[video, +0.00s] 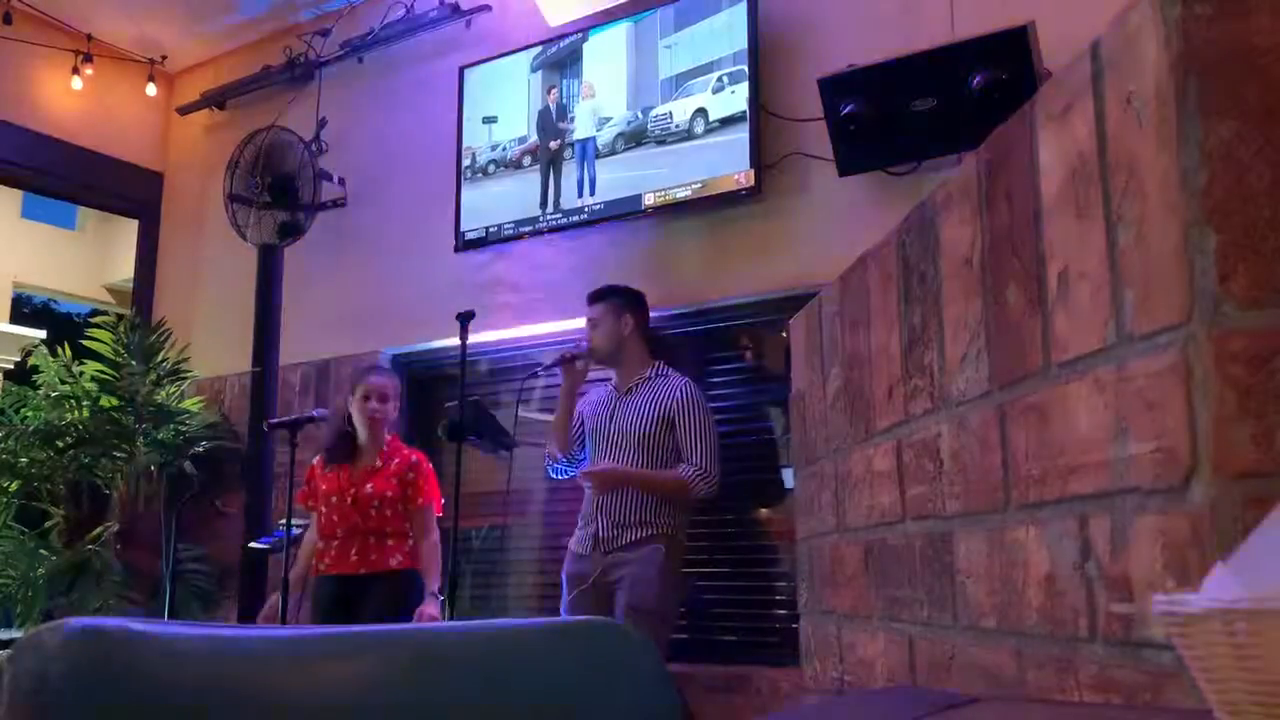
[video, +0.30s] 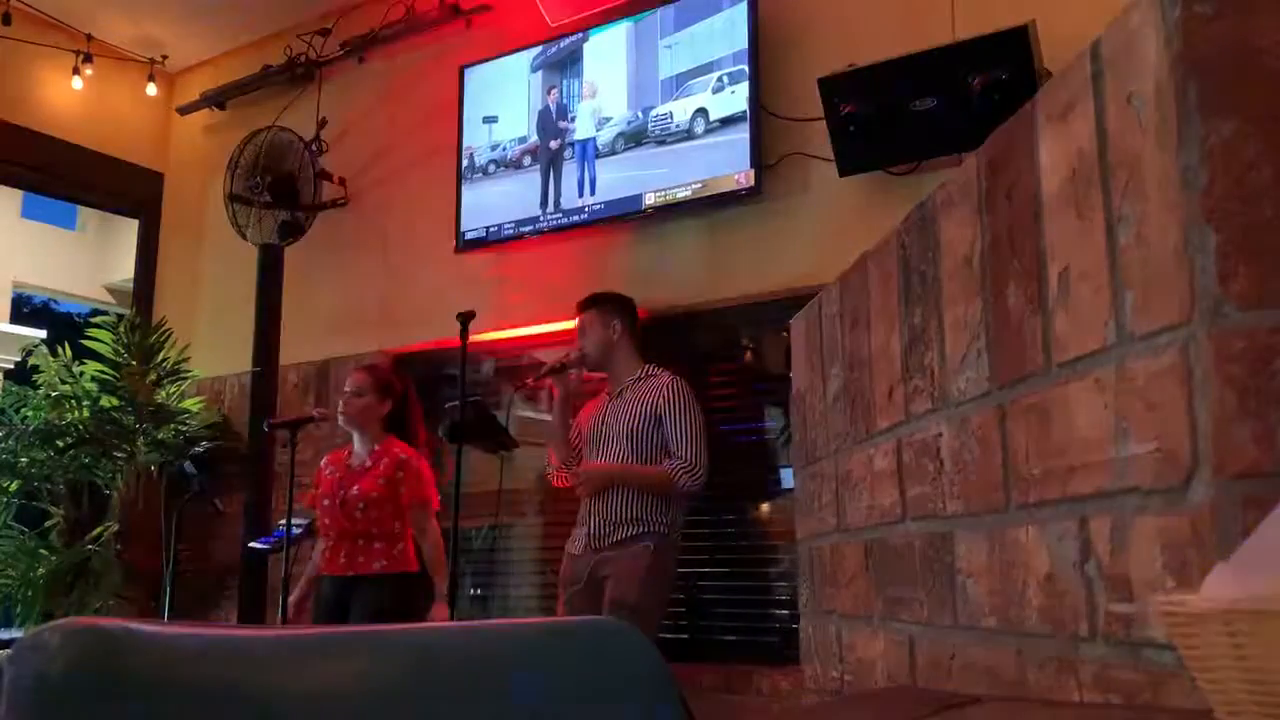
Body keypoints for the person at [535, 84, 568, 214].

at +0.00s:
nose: (556, 95)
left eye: (557, 93)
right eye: (554, 93)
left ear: (558, 94)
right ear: (548, 95)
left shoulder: (562, 109)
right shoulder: (542, 112)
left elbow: (564, 126)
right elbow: (539, 131)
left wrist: (560, 140)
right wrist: (548, 143)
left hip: (558, 147)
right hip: (546, 148)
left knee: (557, 178)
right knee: (544, 179)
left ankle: (557, 204)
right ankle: (543, 206)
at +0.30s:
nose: (556, 96)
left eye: (557, 93)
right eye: (554, 94)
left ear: (558, 95)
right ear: (548, 96)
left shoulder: (563, 108)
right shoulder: (542, 111)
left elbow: (565, 126)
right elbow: (539, 131)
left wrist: (560, 140)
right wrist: (548, 142)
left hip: (559, 147)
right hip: (546, 148)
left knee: (558, 177)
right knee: (545, 178)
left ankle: (557, 204)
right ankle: (543, 206)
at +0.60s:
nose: (555, 96)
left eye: (557, 94)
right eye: (553, 94)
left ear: (558, 96)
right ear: (548, 95)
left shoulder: (562, 109)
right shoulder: (542, 112)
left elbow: (565, 125)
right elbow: (539, 130)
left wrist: (563, 139)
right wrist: (545, 141)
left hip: (559, 146)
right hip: (546, 146)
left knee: (558, 177)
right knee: (545, 178)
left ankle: (557, 204)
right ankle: (543, 206)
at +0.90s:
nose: (558, 95)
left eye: (559, 92)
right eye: (556, 92)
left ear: (559, 94)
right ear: (549, 95)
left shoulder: (562, 108)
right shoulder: (542, 111)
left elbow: (566, 125)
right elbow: (538, 130)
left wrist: (564, 137)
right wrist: (544, 140)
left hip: (559, 145)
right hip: (546, 146)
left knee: (557, 177)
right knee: (545, 177)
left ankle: (557, 204)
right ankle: (543, 206)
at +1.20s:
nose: (557, 95)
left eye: (558, 92)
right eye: (555, 92)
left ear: (559, 94)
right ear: (549, 95)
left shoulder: (562, 109)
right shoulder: (542, 111)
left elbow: (566, 126)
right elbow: (539, 130)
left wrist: (562, 137)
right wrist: (549, 140)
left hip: (559, 146)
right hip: (546, 147)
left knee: (558, 177)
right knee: (545, 178)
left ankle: (557, 203)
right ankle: (543, 205)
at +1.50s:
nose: (557, 94)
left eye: (558, 92)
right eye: (555, 92)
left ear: (559, 94)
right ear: (549, 94)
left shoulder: (562, 108)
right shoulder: (542, 111)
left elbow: (565, 125)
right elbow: (539, 130)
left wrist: (561, 136)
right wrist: (548, 139)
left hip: (559, 147)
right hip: (546, 147)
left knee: (558, 177)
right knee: (545, 178)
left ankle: (557, 204)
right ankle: (543, 206)